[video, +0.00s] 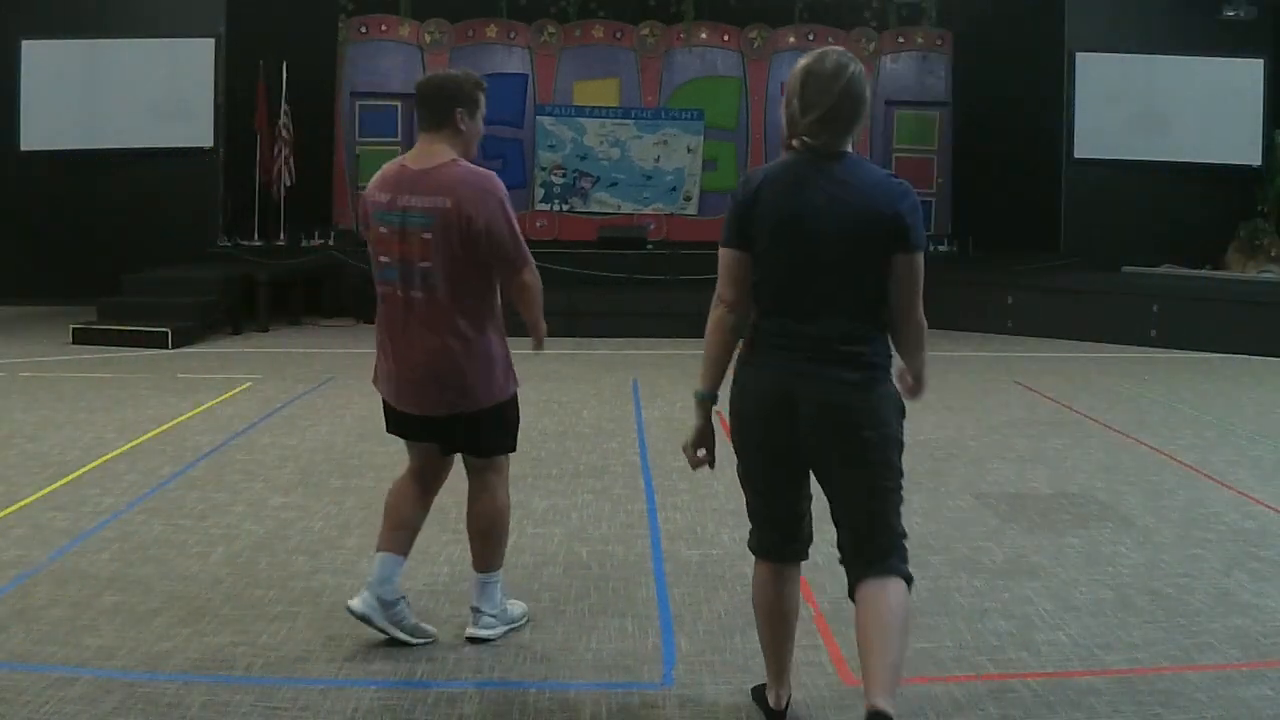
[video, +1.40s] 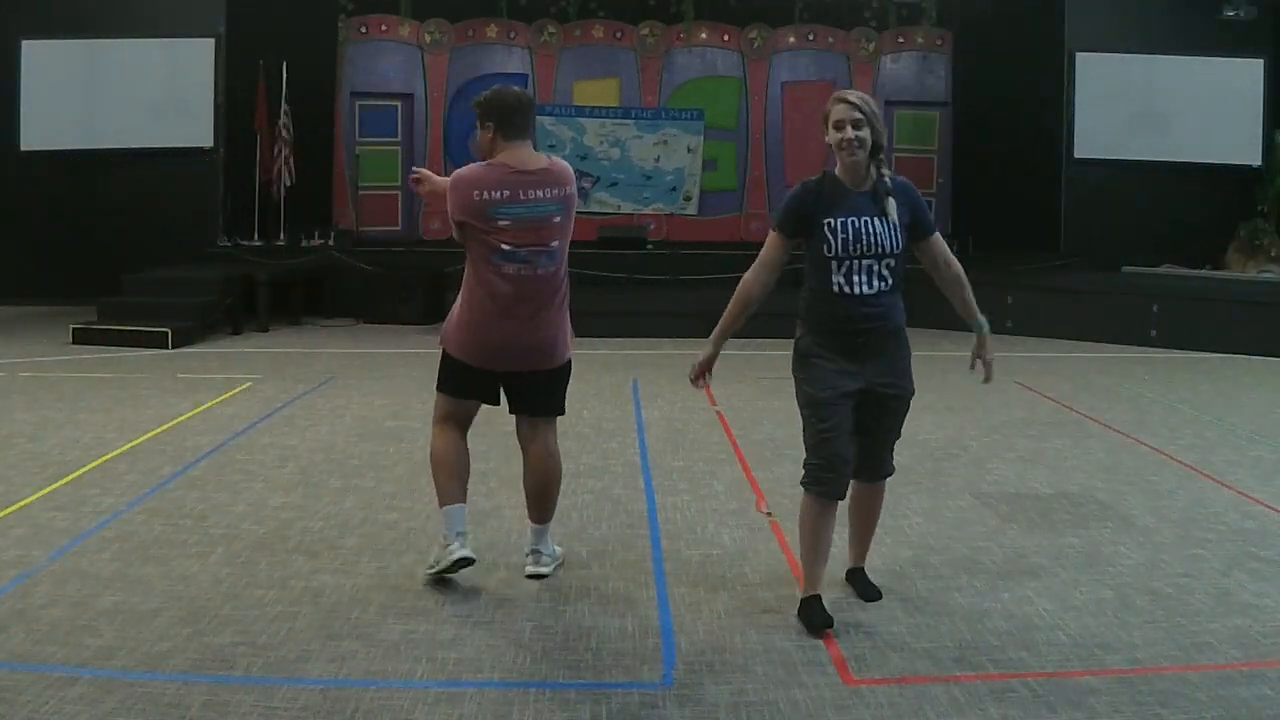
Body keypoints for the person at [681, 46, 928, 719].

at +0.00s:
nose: (782, 107)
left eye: (786, 99)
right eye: (791, 98)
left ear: (793, 111)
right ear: (860, 116)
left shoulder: (757, 194)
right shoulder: (892, 198)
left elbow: (730, 306)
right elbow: (907, 311)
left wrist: (704, 400)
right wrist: (914, 367)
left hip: (765, 398)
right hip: (857, 402)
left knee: (776, 546)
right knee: (877, 555)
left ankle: (777, 692)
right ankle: (880, 703)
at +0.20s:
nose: (768, 98)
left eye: (771, 90)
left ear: (778, 100)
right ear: (845, 103)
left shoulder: (753, 176)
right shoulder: (875, 179)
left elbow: (713, 281)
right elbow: (888, 283)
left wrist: (691, 345)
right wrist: (844, 301)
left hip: (761, 366)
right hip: (843, 367)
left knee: (761, 523)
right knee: (821, 497)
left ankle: (767, 677)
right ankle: (844, 642)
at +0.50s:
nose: (768, 122)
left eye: (780, 115)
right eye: (769, 113)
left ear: (811, 129)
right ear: (781, 124)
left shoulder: (815, 199)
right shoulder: (793, 191)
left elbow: (777, 294)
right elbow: (789, 291)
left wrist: (713, 320)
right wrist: (761, 358)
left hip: (806, 362)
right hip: (794, 358)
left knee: (781, 513)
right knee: (779, 496)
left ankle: (812, 666)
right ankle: (797, 600)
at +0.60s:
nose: (768, 121)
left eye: (783, 116)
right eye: (768, 112)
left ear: (813, 132)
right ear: (764, 122)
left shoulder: (829, 199)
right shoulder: (766, 193)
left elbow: (813, 300)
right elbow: (759, 283)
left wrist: (747, 363)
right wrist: (741, 359)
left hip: (824, 358)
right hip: (779, 353)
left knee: (789, 497)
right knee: (774, 486)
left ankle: (835, 640)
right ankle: (803, 596)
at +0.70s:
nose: (777, 118)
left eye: (790, 112)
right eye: (772, 109)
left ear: (815, 125)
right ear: (764, 120)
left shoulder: (841, 193)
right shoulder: (754, 193)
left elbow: (845, 289)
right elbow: (741, 277)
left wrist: (831, 371)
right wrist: (720, 352)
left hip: (832, 354)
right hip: (774, 355)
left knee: (810, 484)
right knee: (783, 484)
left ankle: (855, 608)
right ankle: (798, 600)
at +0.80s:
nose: (789, 118)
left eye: (801, 111)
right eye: (781, 110)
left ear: (822, 123)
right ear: (769, 121)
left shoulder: (851, 190)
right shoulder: (754, 195)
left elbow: (884, 272)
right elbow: (732, 275)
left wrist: (906, 352)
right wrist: (706, 348)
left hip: (845, 356)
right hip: (776, 356)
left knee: (835, 484)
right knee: (789, 485)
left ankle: (859, 577)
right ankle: (800, 598)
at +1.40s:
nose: (849, 133)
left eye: (858, 125)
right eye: (839, 126)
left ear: (875, 134)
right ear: (826, 137)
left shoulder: (902, 197)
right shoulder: (807, 200)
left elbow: (944, 264)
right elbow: (761, 274)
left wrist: (980, 326)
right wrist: (713, 345)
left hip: (887, 356)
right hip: (824, 357)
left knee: (873, 469)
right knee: (826, 474)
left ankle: (856, 567)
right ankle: (811, 594)